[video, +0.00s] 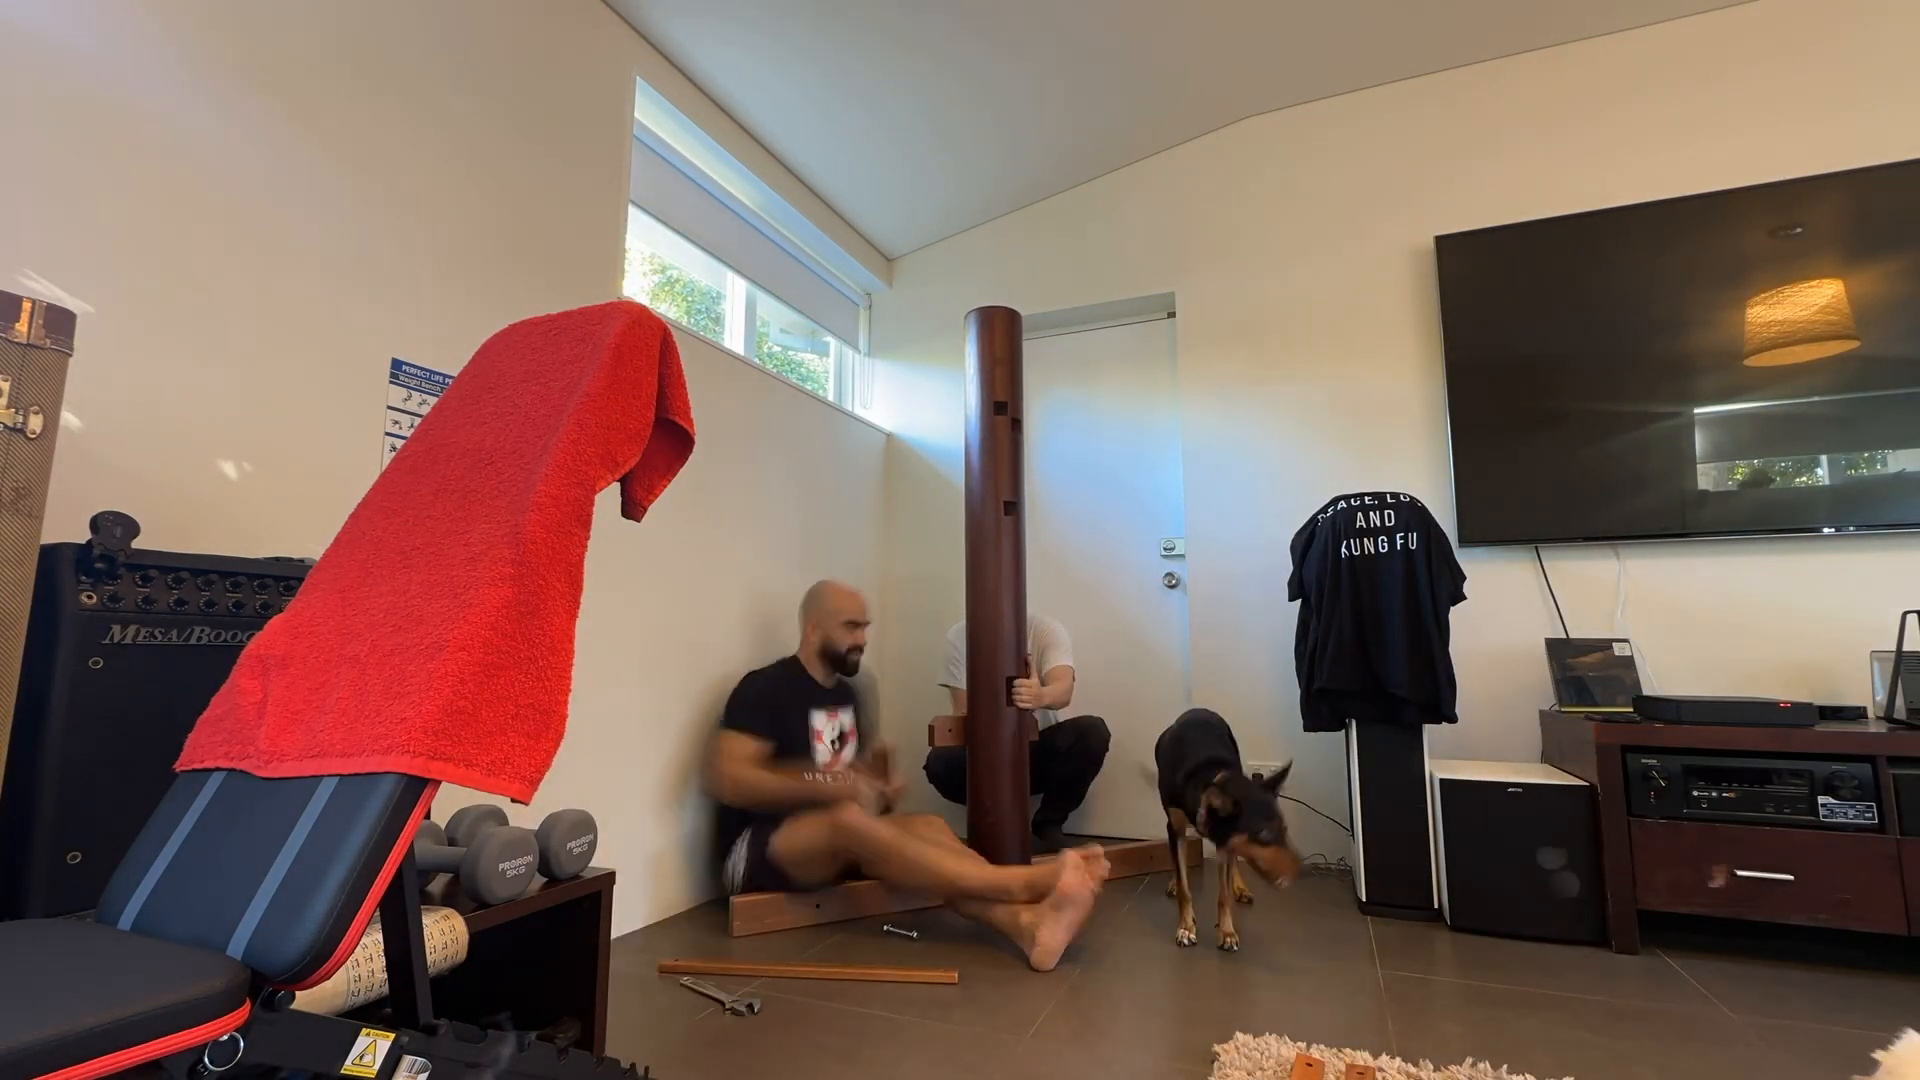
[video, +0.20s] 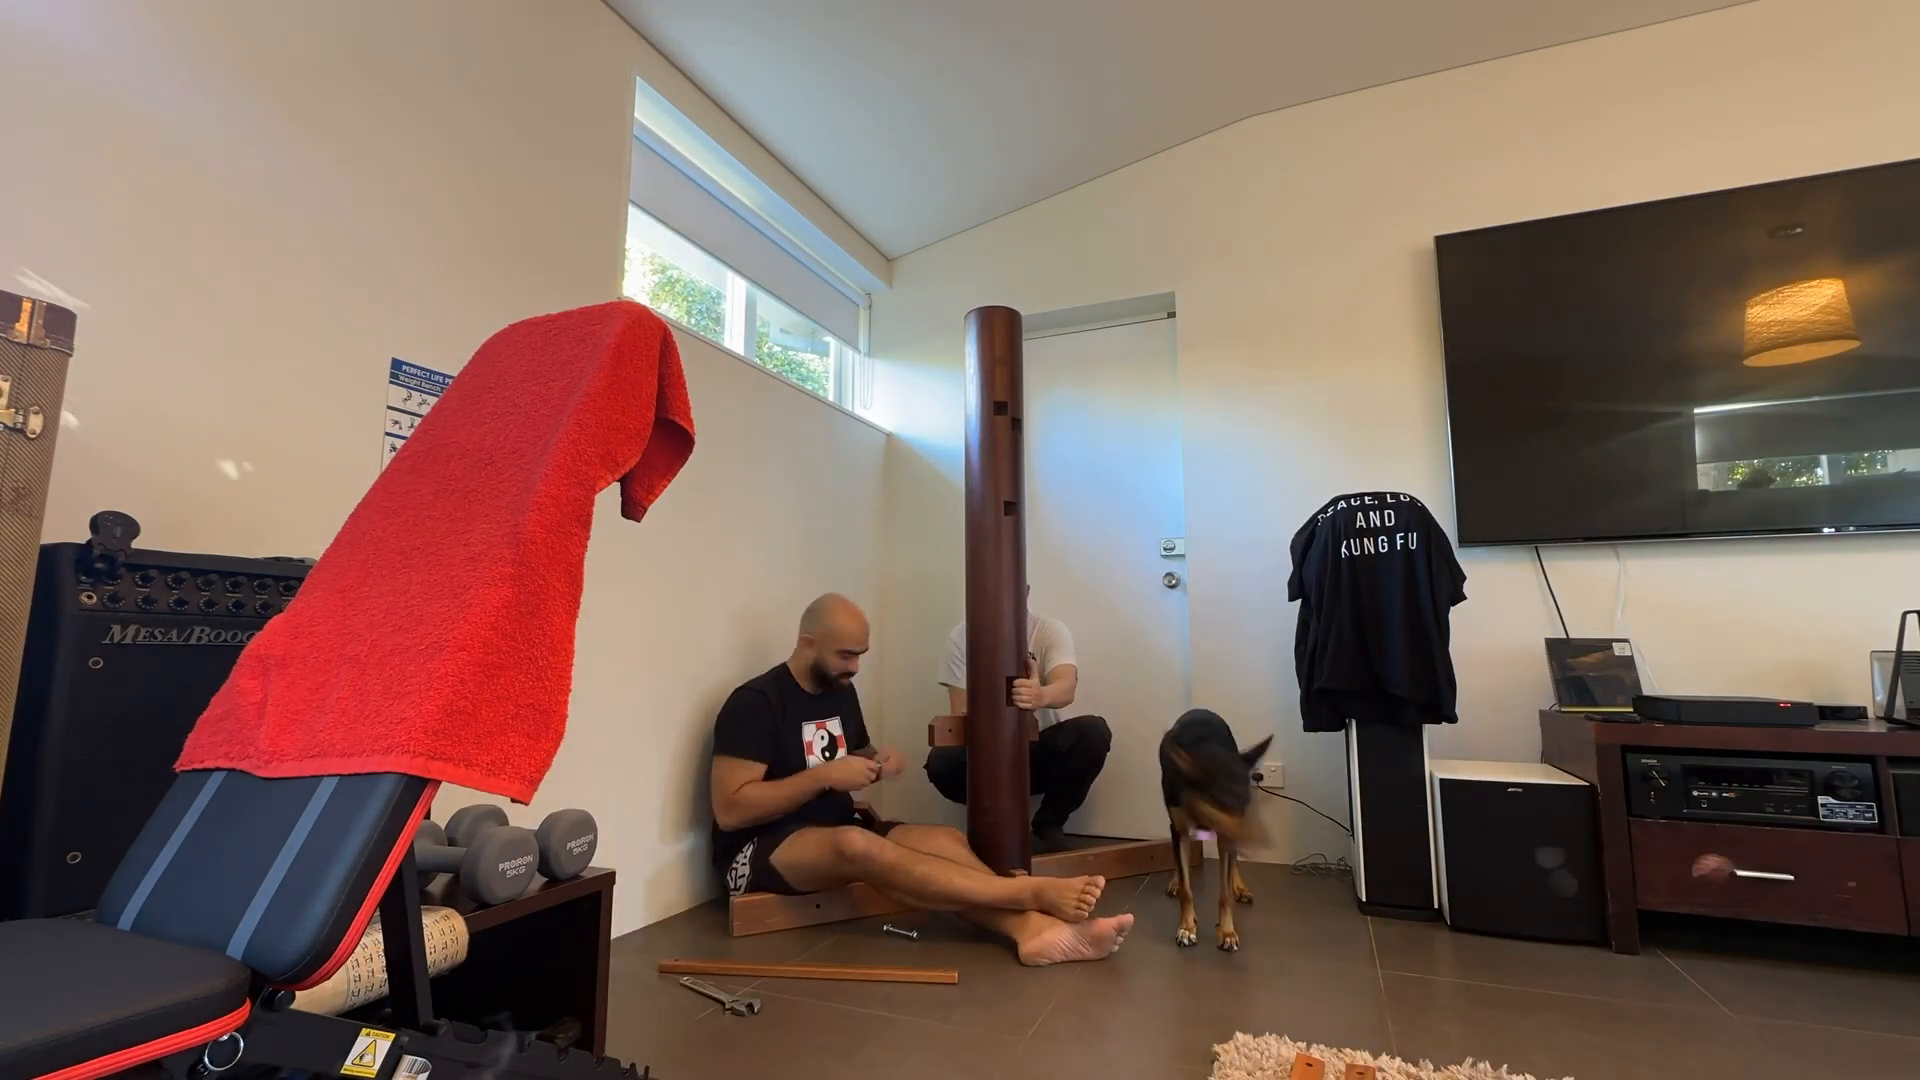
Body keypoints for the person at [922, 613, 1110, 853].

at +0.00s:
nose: (996, 589)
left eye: (1003, 574)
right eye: (987, 574)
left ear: (1017, 581)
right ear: (974, 585)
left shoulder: (1047, 632)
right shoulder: (961, 638)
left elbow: (1063, 691)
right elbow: (964, 713)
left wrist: (1042, 696)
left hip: (1037, 752)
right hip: (985, 756)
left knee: (1091, 731)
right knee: (941, 764)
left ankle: (1047, 826)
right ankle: (1000, 826)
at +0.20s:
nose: (1005, 598)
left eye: (1012, 589)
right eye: (996, 588)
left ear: (1026, 592)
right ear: (981, 591)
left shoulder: (1051, 632)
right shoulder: (962, 638)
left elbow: (1066, 688)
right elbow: (961, 716)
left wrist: (1041, 695)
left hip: (1038, 754)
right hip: (985, 757)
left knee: (1093, 731)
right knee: (942, 763)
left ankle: (1048, 825)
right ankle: (1000, 827)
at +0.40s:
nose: (1026, 612)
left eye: (1030, 602)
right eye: (1020, 604)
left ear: (1053, 586)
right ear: (1011, 600)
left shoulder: (1092, 620)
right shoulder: (1020, 623)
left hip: (1097, 743)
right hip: (1040, 742)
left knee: (1058, 776)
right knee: (966, 756)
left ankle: (1091, 818)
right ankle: (1031, 813)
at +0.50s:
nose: (1011, 612)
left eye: (1015, 602)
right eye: (1003, 604)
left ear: (1030, 588)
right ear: (994, 602)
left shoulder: (1069, 622)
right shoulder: (1002, 631)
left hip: (1093, 741)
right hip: (1037, 745)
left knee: (1073, 765)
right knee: (967, 756)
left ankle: (1095, 817)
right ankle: (1029, 813)